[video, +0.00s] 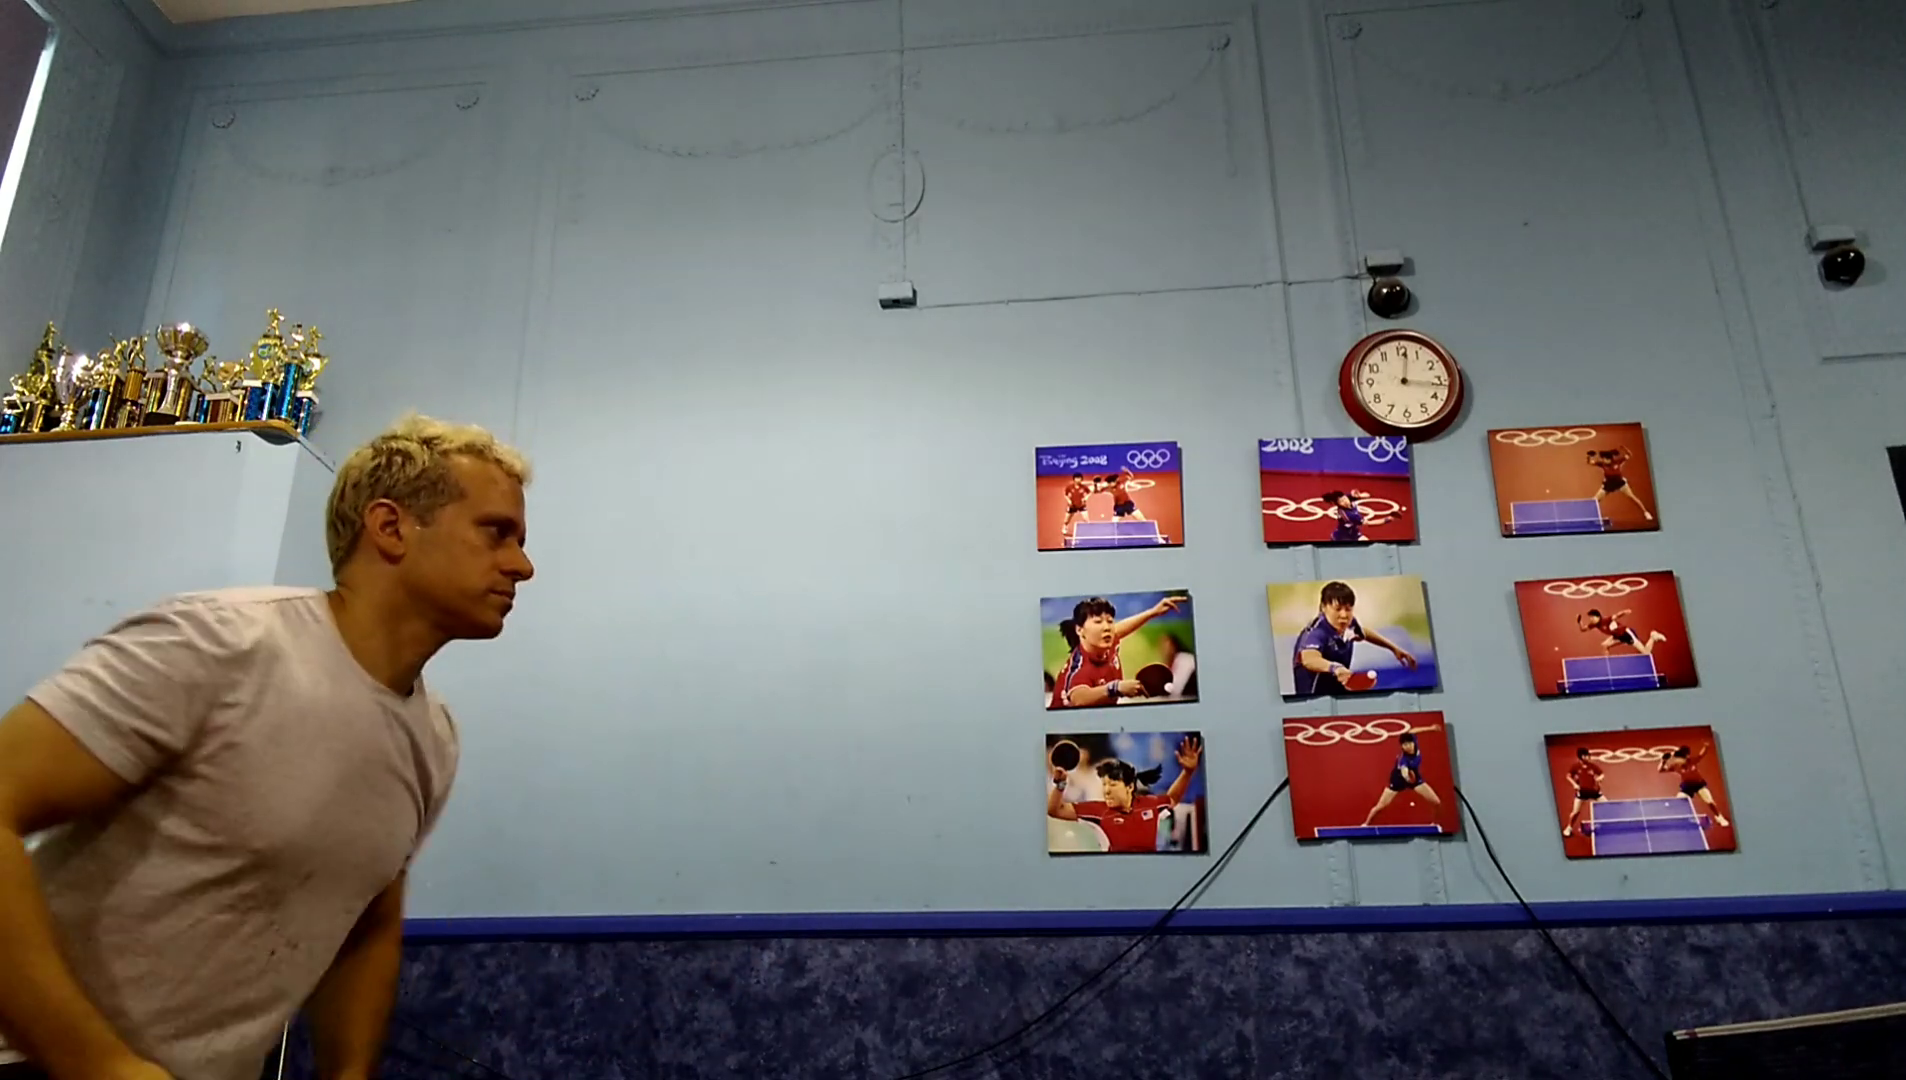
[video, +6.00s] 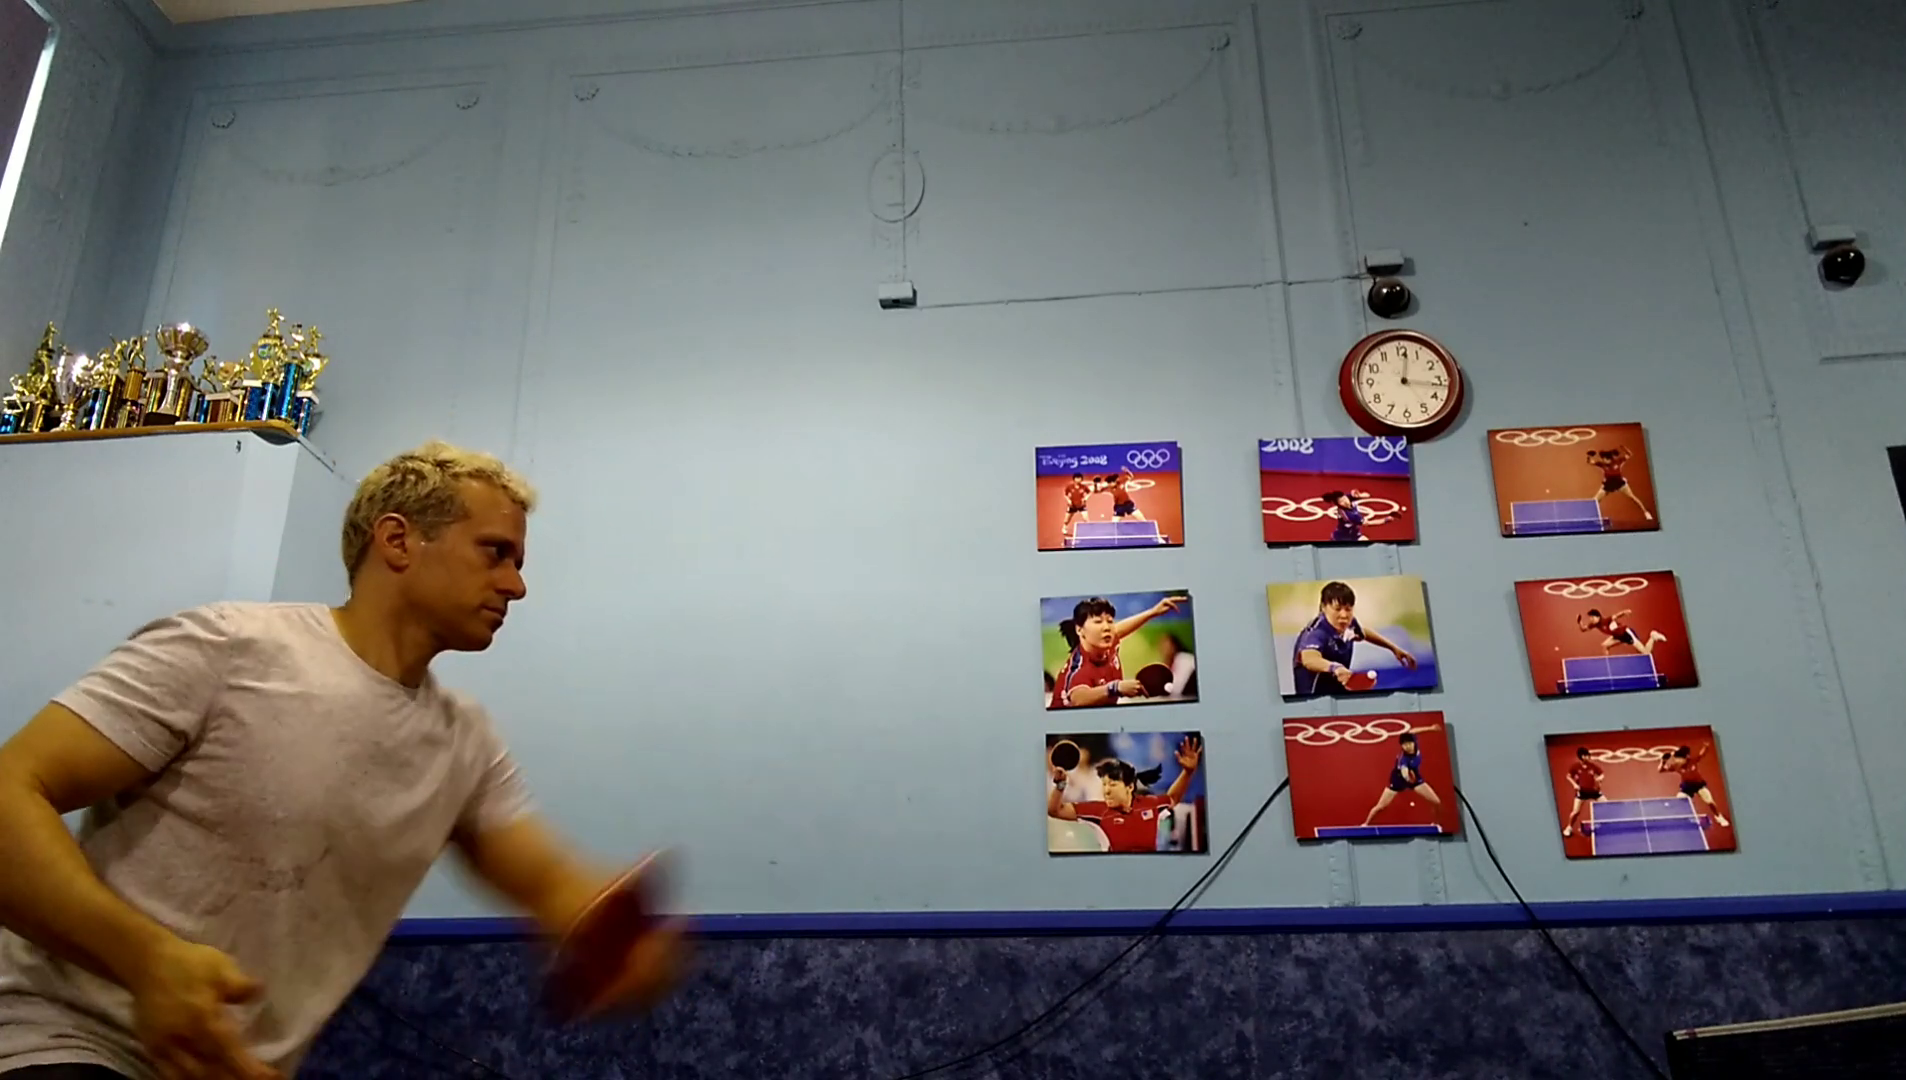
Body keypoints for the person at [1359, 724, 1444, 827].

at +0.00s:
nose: (1408, 747)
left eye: (1409, 744)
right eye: (1405, 745)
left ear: (1413, 743)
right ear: (1402, 747)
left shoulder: (1415, 746)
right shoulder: (1403, 759)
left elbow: (1413, 731)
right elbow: (1404, 772)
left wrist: (1431, 728)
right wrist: (1409, 779)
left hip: (1415, 779)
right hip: (1398, 781)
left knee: (1436, 802)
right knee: (1381, 805)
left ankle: (1434, 823)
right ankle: (1366, 823)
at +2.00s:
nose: (1408, 747)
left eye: (1409, 744)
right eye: (1405, 745)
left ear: (1413, 743)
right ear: (1402, 746)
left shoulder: (1416, 747)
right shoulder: (1403, 759)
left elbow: (1413, 731)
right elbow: (1404, 772)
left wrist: (1431, 728)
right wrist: (1409, 779)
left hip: (1415, 780)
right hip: (1398, 781)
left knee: (1436, 801)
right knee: (1381, 805)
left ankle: (1434, 823)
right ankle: (1366, 823)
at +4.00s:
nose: (1408, 747)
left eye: (1409, 744)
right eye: (1405, 745)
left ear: (1414, 743)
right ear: (1402, 746)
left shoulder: (1416, 748)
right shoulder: (1403, 759)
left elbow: (1413, 731)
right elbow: (1404, 771)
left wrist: (1431, 728)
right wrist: (1409, 778)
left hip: (1415, 779)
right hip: (1398, 781)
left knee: (1436, 802)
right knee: (1380, 806)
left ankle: (1435, 824)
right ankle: (1366, 823)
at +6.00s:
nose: (1408, 747)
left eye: (1409, 744)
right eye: (1405, 745)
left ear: (1413, 743)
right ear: (1402, 746)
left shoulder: (1415, 747)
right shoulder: (1403, 758)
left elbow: (1414, 731)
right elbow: (1404, 771)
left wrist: (1431, 728)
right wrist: (1408, 778)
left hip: (1415, 779)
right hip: (1398, 781)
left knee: (1436, 801)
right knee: (1381, 806)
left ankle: (1436, 823)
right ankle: (1366, 823)